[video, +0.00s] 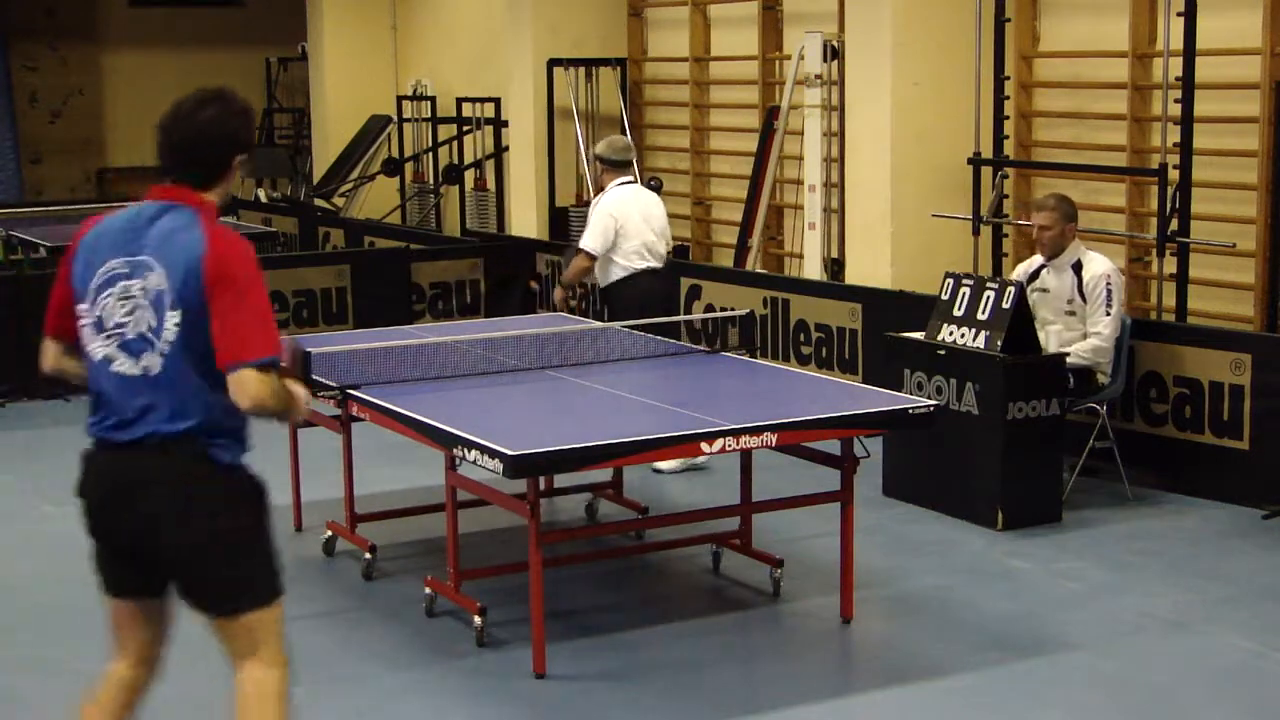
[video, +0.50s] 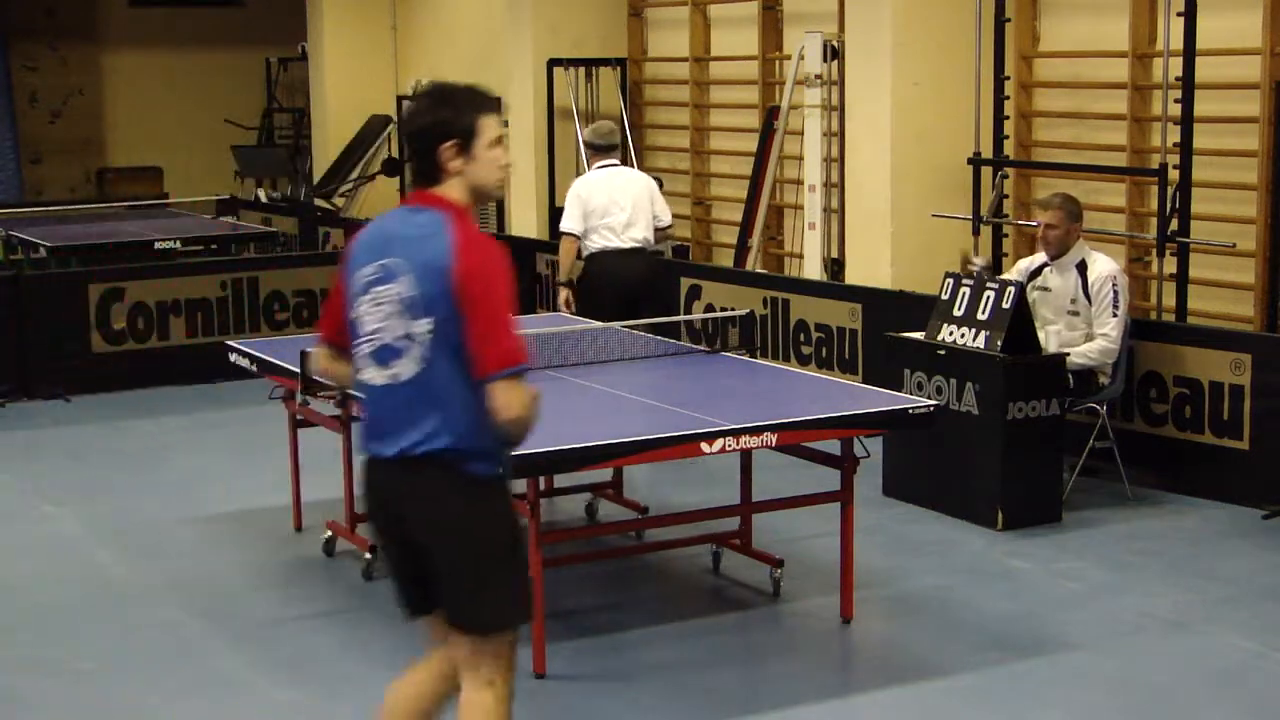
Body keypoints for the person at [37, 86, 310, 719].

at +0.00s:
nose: (244, 168)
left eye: (242, 156)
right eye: (245, 157)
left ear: (166, 151)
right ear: (233, 164)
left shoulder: (94, 237)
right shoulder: (221, 248)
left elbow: (55, 359)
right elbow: (249, 390)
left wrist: (133, 372)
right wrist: (290, 397)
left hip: (111, 474)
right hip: (201, 480)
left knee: (132, 656)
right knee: (258, 660)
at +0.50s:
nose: (506, 154)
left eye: (504, 140)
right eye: (495, 142)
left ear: (447, 157)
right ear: (452, 156)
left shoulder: (369, 239)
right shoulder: (471, 246)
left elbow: (328, 359)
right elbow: (508, 409)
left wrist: (400, 382)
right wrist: (526, 399)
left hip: (390, 478)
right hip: (459, 483)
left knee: (448, 651)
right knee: (486, 664)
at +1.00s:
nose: (709, 139)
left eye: (705, 124)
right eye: (699, 125)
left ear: (650, 137)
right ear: (662, 136)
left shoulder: (593, 228)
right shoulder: (666, 224)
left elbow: (579, 357)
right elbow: (702, 370)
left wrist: (667, 347)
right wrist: (732, 420)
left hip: (624, 446)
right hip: (679, 450)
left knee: (670, 614)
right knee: (739, 619)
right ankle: (658, 709)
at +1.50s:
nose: (871, 136)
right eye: (870, 128)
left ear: (801, 135)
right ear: (863, 138)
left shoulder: (753, 213)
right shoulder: (869, 224)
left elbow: (719, 317)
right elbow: (935, 330)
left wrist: (778, 318)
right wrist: (959, 414)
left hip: (778, 412)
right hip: (854, 417)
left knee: (808, 548)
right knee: (870, 564)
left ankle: (759, 667)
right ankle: (876, 711)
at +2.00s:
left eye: (846, 117)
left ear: (839, 128)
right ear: (898, 126)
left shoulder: (812, 202)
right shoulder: (936, 202)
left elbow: (792, 303)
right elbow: (977, 306)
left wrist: (778, 317)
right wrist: (948, 349)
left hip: (840, 387)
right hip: (914, 387)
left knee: (862, 519)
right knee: (922, 510)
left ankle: (883, 660)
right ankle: (919, 614)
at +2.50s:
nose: (834, 160)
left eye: (837, 151)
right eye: (836, 151)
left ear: (851, 152)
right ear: (884, 156)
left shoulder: (858, 182)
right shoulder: (903, 202)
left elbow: (876, 246)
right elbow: (903, 296)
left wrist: (830, 296)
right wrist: (847, 351)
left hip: (884, 340)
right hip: (927, 345)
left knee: (865, 490)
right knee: (904, 485)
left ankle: (875, 635)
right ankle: (914, 610)